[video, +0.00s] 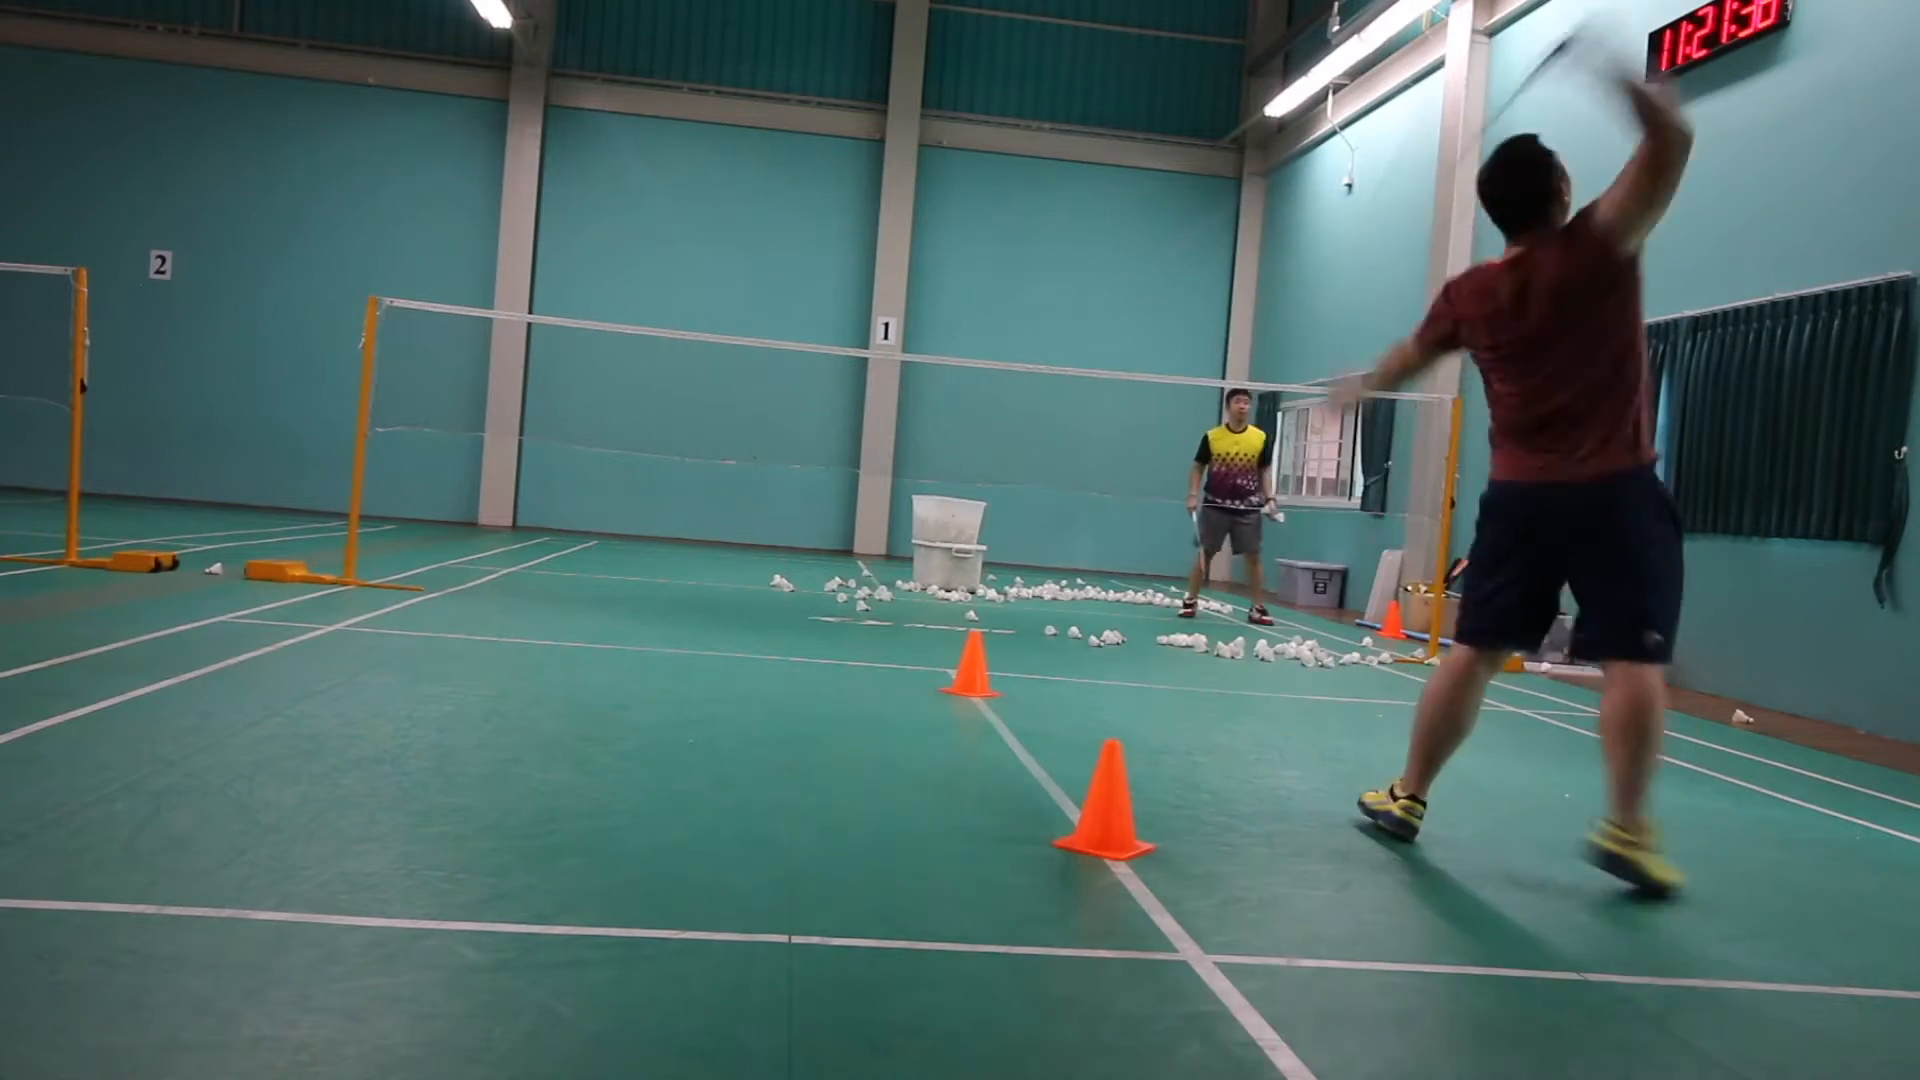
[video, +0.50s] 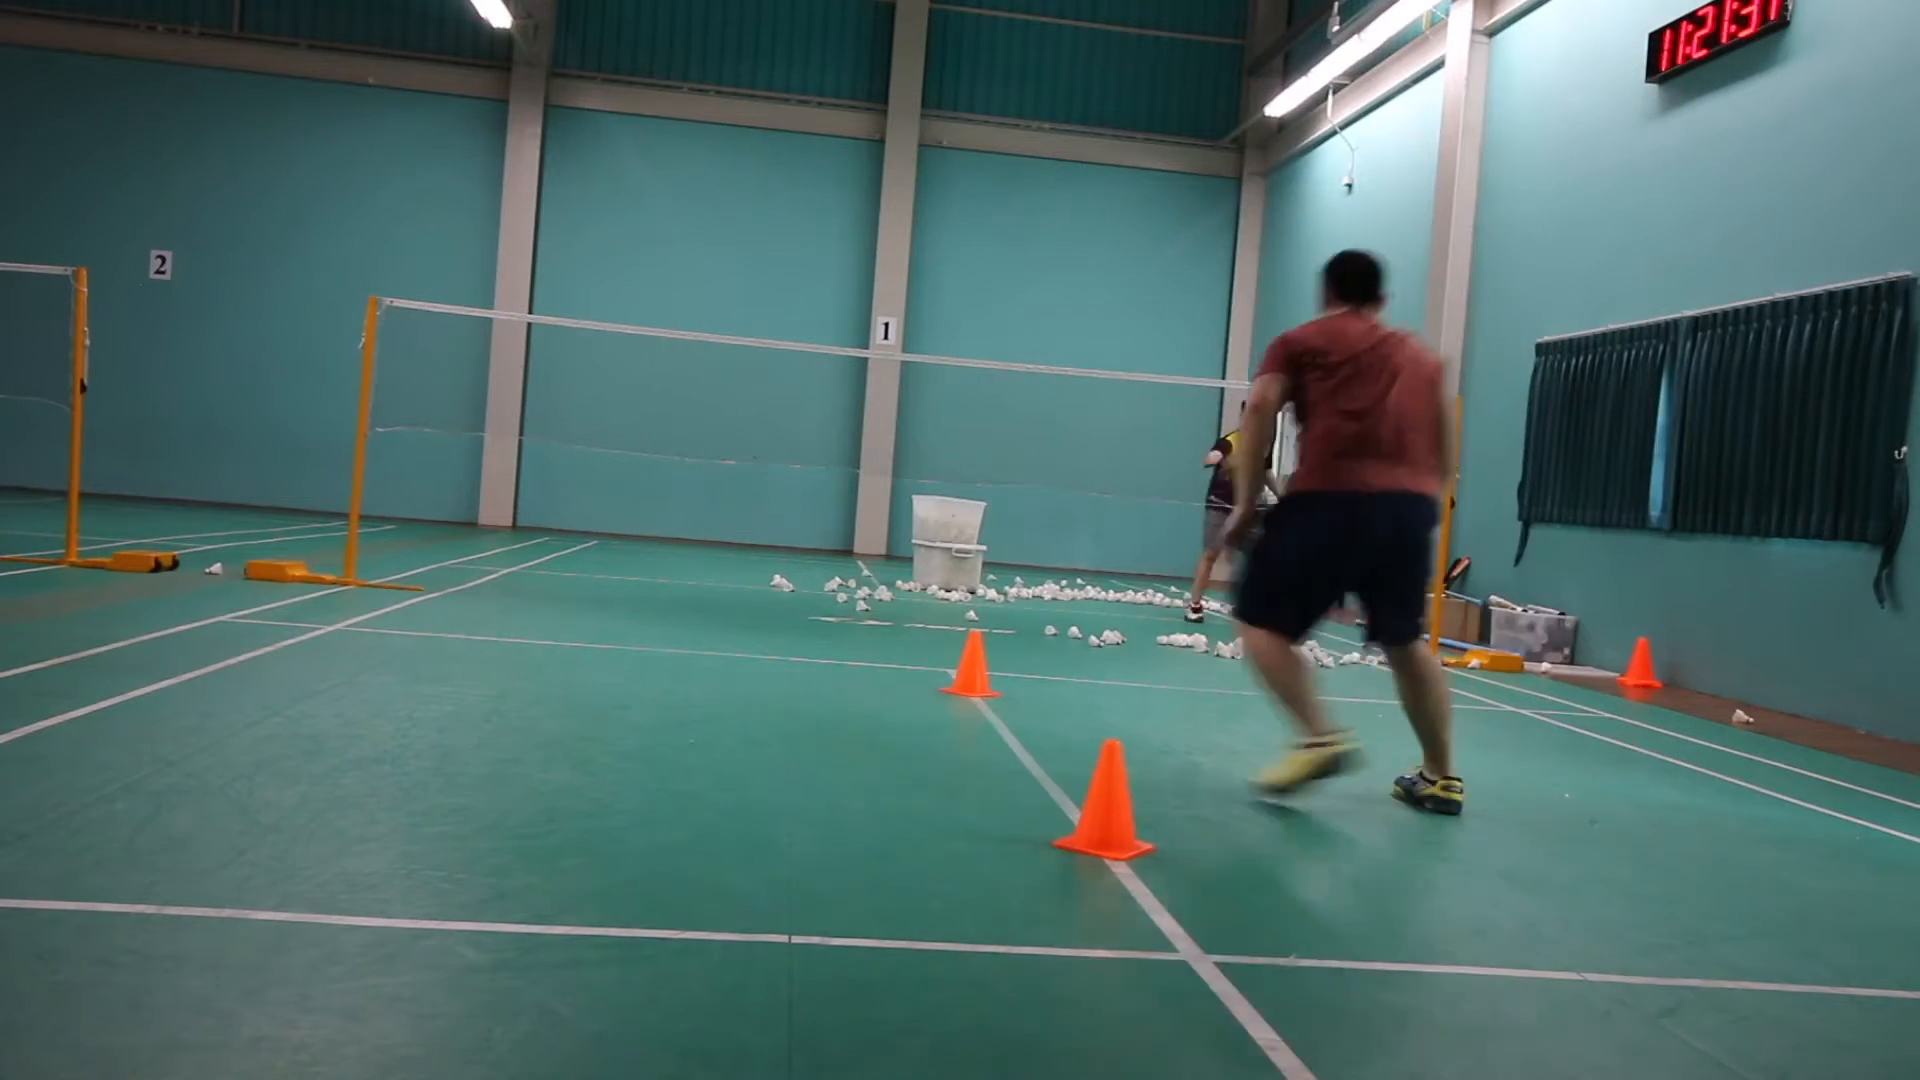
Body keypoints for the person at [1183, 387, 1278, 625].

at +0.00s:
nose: (1242, 407)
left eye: (1246, 403)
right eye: (1238, 402)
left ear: (1250, 408)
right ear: (1228, 406)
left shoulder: (1261, 438)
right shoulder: (1212, 437)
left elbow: (1265, 470)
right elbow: (1198, 467)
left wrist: (1269, 497)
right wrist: (1193, 494)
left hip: (1248, 509)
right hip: (1216, 506)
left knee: (1254, 558)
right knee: (1204, 555)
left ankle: (1258, 607)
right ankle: (1191, 600)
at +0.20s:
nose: (1264, 409)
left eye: (1267, 405)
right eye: (1258, 405)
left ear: (1270, 411)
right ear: (1248, 409)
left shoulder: (1277, 440)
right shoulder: (1231, 440)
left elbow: (1283, 472)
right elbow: (1217, 472)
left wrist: (1295, 500)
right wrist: (1221, 502)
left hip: (1263, 512)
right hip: (1233, 509)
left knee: (1263, 559)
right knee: (1215, 553)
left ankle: (1258, 607)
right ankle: (1192, 598)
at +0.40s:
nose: (1266, 417)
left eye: (1270, 413)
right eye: (1261, 412)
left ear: (1273, 416)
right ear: (1251, 414)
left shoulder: (1276, 442)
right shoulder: (1235, 441)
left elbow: (1281, 473)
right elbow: (1215, 465)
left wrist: (1294, 498)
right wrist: (1236, 477)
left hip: (1259, 510)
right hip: (1229, 507)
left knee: (1261, 559)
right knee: (1214, 553)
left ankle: (1259, 607)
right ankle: (1194, 600)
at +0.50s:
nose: (1253, 422)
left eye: (1257, 418)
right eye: (1249, 416)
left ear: (1264, 422)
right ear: (1243, 416)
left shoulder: (1263, 444)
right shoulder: (1230, 440)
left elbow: (1267, 472)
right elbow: (1211, 460)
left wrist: (1279, 496)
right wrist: (1230, 459)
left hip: (1247, 507)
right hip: (1219, 505)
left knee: (1259, 555)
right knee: (1211, 554)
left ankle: (1251, 609)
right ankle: (1196, 601)